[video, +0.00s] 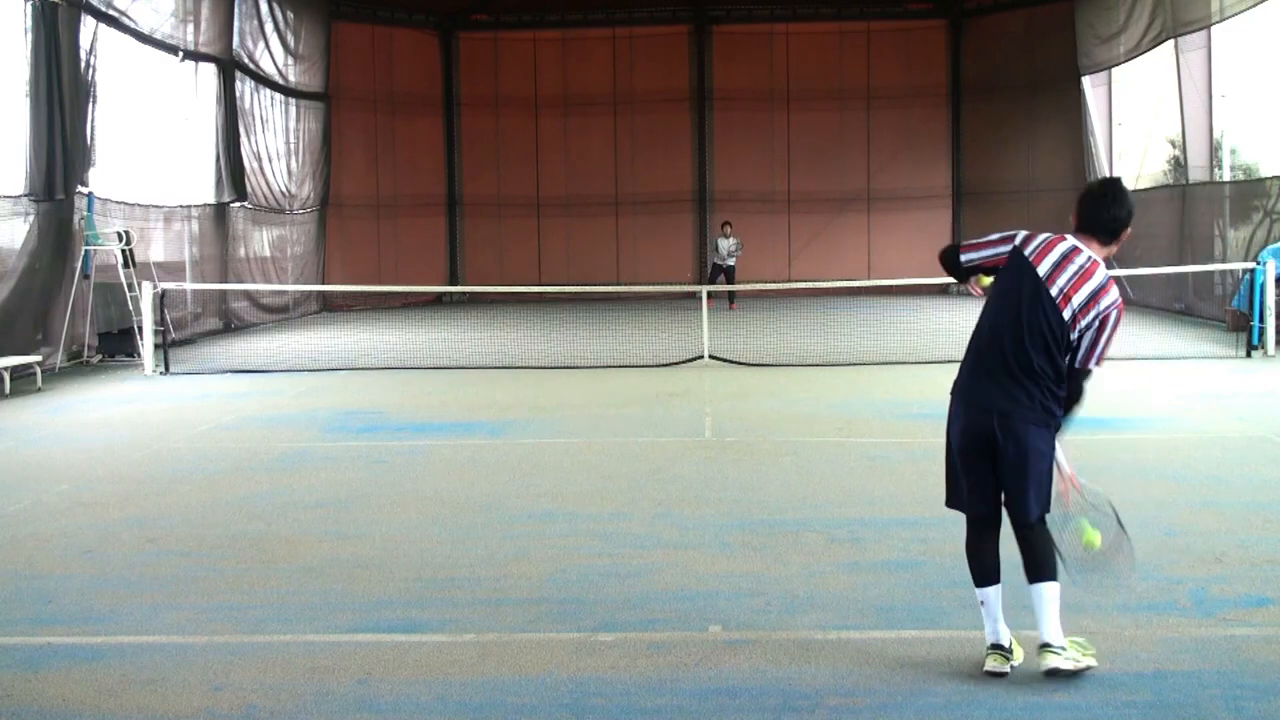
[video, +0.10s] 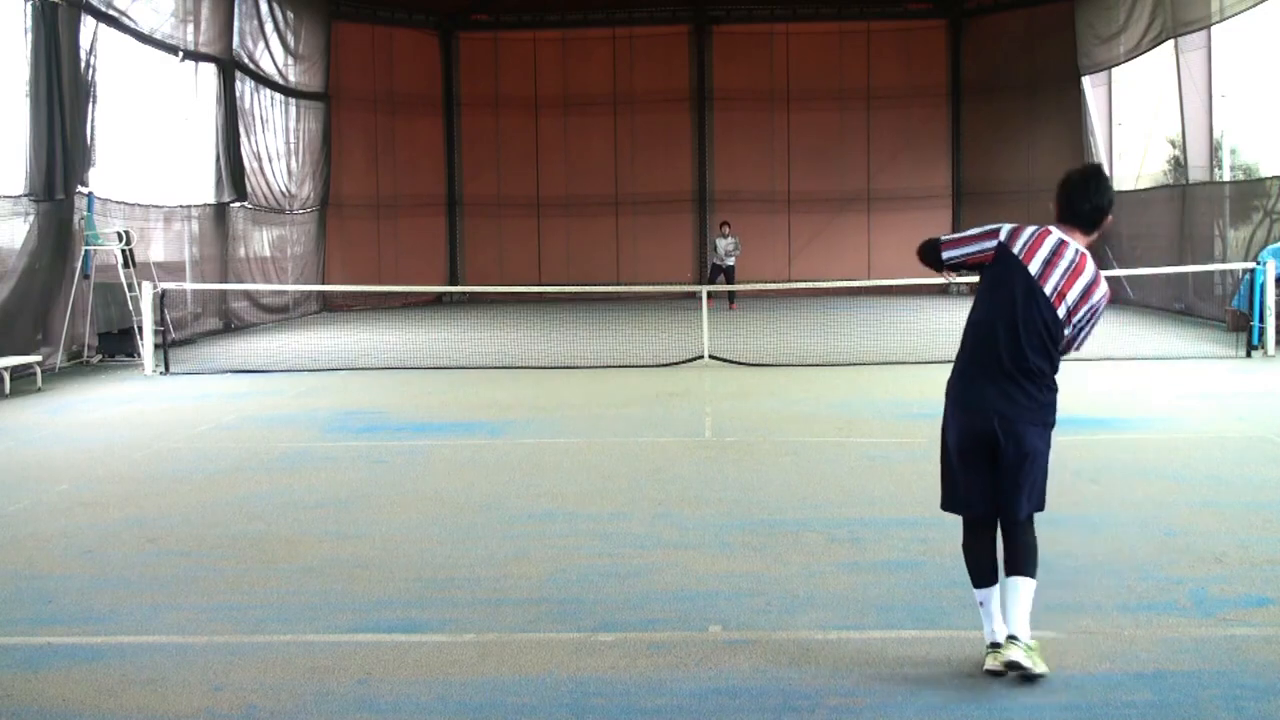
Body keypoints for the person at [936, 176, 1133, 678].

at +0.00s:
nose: (1127, 237)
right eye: (1128, 230)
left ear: (1075, 216)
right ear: (1123, 235)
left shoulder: (1030, 242)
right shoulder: (1109, 299)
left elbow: (950, 255)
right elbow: (1075, 378)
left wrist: (968, 280)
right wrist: (1052, 428)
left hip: (971, 404)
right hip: (1028, 416)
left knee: (981, 519)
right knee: (1030, 520)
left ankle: (997, 642)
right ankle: (1054, 642)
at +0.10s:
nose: (1108, 221)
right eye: (1109, 214)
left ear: (1056, 206)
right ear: (1104, 221)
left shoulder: (1014, 236)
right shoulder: (1095, 290)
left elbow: (929, 251)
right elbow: (1066, 345)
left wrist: (970, 263)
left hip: (968, 400)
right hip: (1027, 411)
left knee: (977, 520)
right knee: (1020, 517)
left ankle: (995, 639)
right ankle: (1018, 637)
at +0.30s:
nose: (1012, 200)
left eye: (1012, 192)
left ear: (1010, 200)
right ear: (1065, 211)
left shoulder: (973, 246)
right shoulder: (1066, 276)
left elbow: (892, 279)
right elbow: (1027, 304)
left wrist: (900, 296)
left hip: (959, 416)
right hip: (1019, 420)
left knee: (971, 528)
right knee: (1012, 533)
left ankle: (997, 638)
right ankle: (986, 639)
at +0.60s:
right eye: (1011, 176)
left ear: (954, 178)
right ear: (1011, 185)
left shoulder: (924, 232)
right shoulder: (1026, 254)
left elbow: (895, 315)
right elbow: (1016, 328)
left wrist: (887, 377)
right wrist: (961, 348)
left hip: (925, 414)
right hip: (989, 418)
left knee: (918, 532)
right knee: (983, 535)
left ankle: (922, 658)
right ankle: (976, 674)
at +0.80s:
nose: (940, 196)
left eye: (904, 188)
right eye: (945, 188)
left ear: (895, 197)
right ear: (952, 197)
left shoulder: (877, 262)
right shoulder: (982, 266)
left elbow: (859, 361)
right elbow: (1019, 349)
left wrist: (860, 427)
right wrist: (998, 406)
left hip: (894, 443)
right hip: (961, 443)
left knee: (855, 560)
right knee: (965, 555)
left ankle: (846, 685)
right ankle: (971, 681)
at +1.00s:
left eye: (827, 198)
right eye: (867, 196)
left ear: (817, 207)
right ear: (875, 203)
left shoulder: (798, 280)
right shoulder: (911, 267)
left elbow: (782, 391)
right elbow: (967, 336)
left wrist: (798, 451)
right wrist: (974, 400)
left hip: (835, 466)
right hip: (909, 463)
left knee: (818, 592)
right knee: (941, 572)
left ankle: (820, 714)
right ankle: (968, 687)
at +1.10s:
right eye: (845, 189)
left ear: (790, 201)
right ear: (851, 198)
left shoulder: (772, 276)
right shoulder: (889, 262)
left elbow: (765, 380)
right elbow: (951, 339)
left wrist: (786, 452)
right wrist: (944, 403)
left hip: (810, 458)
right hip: (885, 453)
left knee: (808, 593)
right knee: (914, 576)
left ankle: (816, 713)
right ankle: (932, 706)